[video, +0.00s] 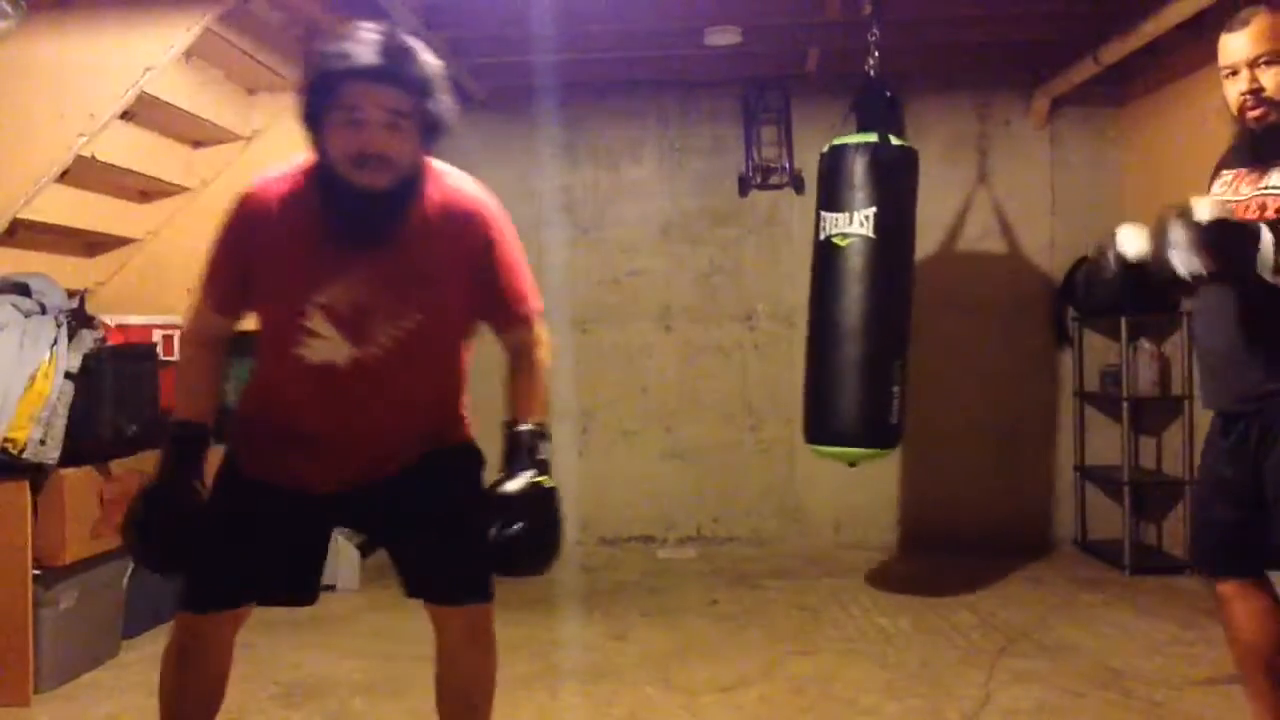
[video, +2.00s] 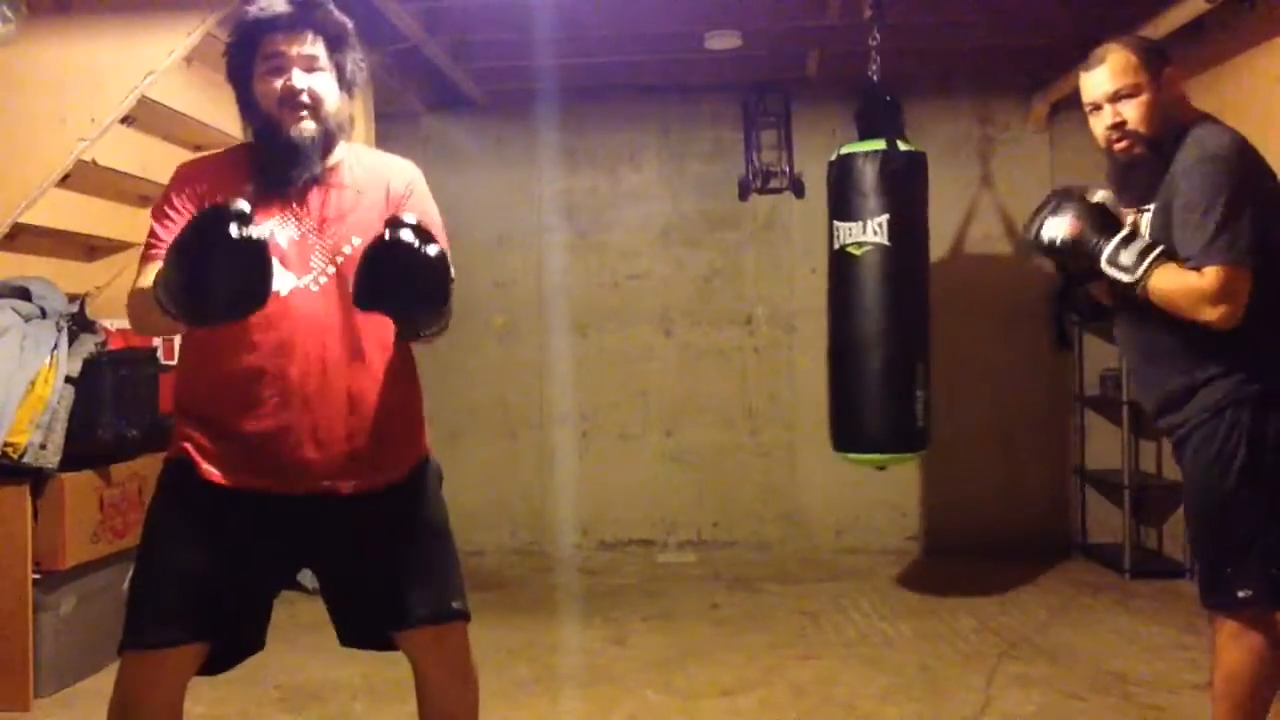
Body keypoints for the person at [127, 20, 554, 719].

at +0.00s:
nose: (372, 141)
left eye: (394, 121)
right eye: (351, 120)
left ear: (425, 131)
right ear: (317, 127)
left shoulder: (466, 216)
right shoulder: (265, 213)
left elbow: (525, 338)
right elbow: (206, 334)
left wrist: (527, 465)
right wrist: (182, 464)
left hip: (417, 460)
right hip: (276, 459)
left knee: (466, 612)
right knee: (205, 615)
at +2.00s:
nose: (296, 81)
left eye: (313, 63)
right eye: (274, 65)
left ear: (345, 81)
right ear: (246, 87)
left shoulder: (396, 181)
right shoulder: (199, 184)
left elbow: (433, 321)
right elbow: (144, 314)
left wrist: (421, 300)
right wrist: (184, 296)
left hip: (377, 475)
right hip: (221, 476)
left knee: (441, 640)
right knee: (153, 660)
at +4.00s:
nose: (479, 89)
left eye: (474, 73)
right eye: (464, 73)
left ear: (416, 83)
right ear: (413, 80)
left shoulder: (411, 157)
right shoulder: (409, 159)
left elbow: (544, 225)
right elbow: (538, 230)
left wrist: (663, 215)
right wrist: (667, 220)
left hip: (410, 434)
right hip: (460, 433)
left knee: (382, 590)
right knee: (532, 600)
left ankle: (318, 712)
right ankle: (552, 712)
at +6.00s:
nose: (640, 89)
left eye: (641, 71)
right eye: (630, 70)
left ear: (585, 71)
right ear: (581, 67)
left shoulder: (560, 129)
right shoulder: (556, 125)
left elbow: (713, 182)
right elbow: (707, 173)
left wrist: (840, 190)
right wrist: (841, 179)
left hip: (506, 394)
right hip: (521, 396)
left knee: (491, 561)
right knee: (578, 582)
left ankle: (405, 702)